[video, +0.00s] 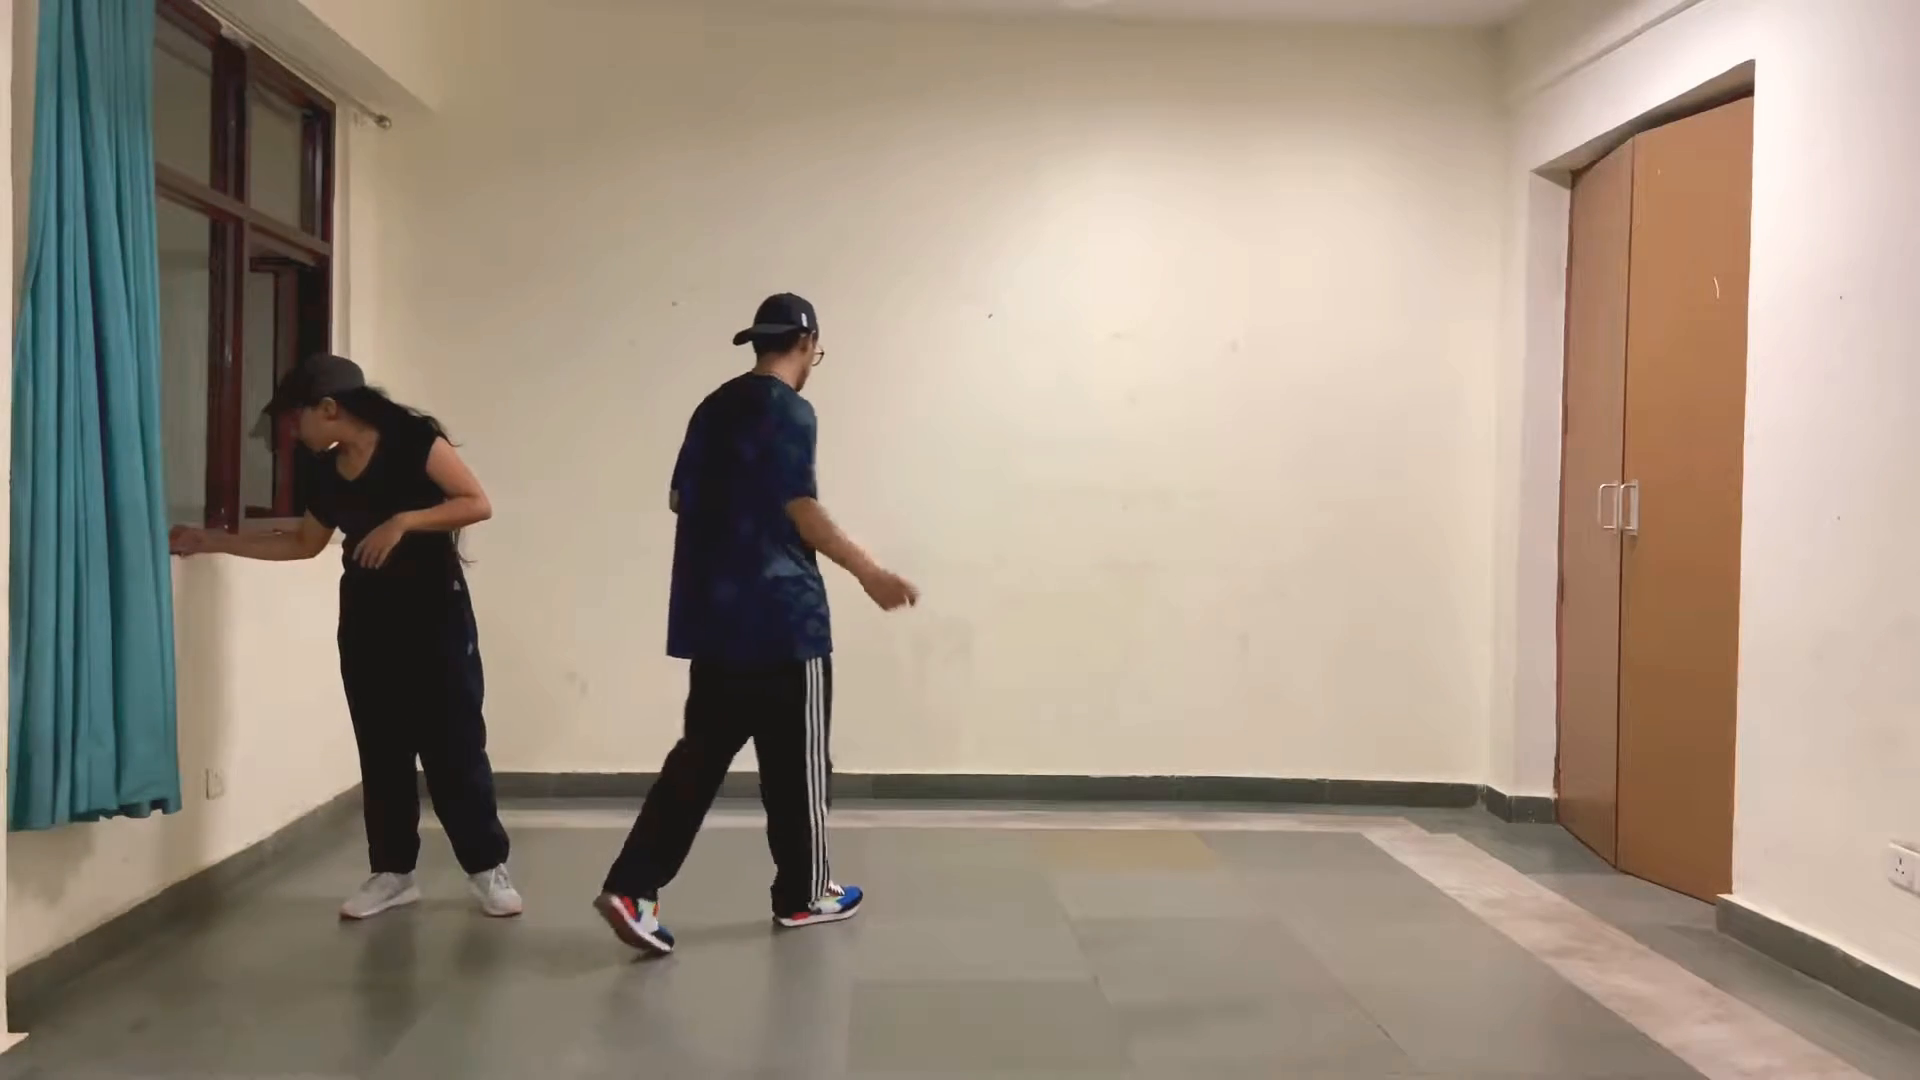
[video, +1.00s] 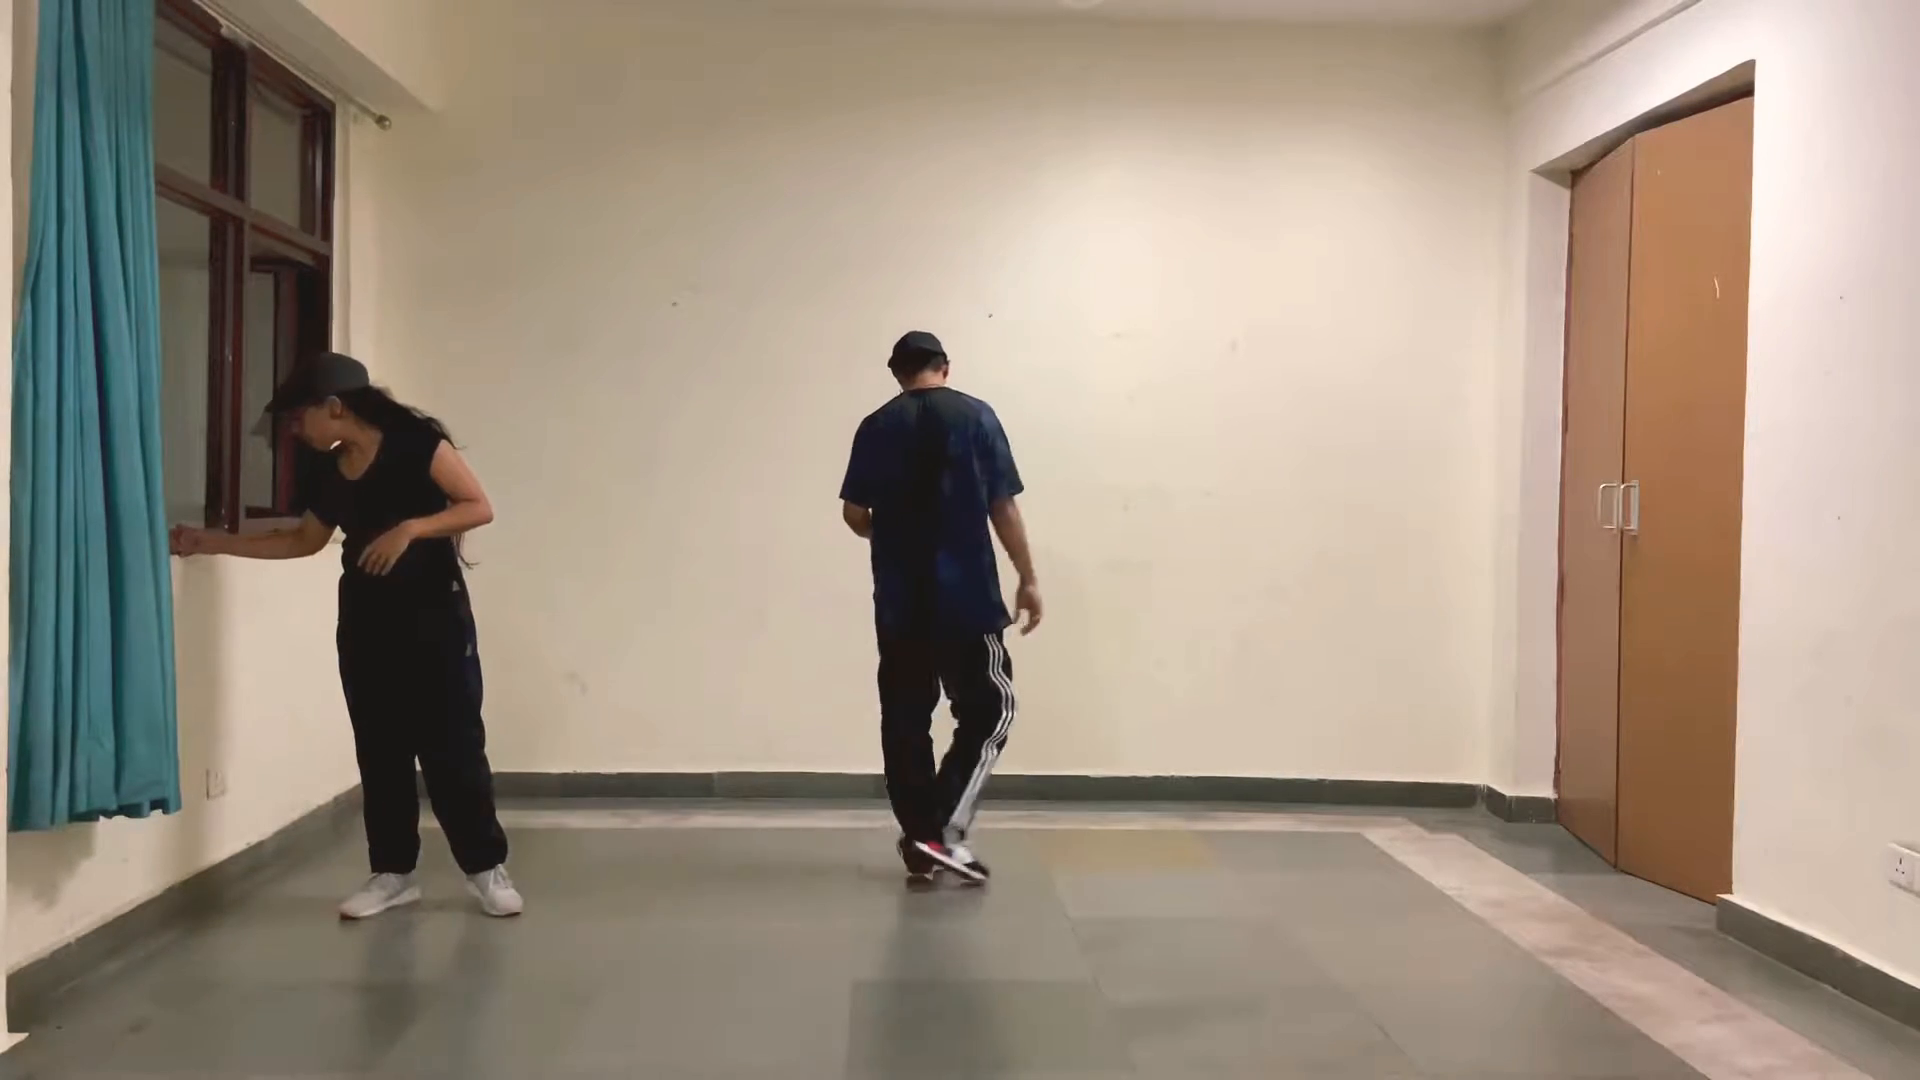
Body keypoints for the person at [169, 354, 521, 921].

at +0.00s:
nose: (294, 431)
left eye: (297, 418)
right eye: (291, 420)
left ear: (330, 409)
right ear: (326, 411)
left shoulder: (413, 437)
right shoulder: (325, 467)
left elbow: (476, 503)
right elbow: (305, 542)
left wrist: (402, 521)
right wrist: (215, 541)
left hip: (435, 617)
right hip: (368, 622)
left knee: (454, 744)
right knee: (382, 749)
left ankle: (489, 868)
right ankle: (394, 873)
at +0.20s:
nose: (293, 431)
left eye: (295, 418)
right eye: (290, 420)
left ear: (327, 409)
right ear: (325, 411)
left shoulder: (412, 438)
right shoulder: (324, 465)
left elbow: (474, 504)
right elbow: (304, 540)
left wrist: (401, 524)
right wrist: (216, 541)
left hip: (433, 616)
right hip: (367, 622)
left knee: (453, 744)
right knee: (380, 750)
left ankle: (488, 868)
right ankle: (394, 873)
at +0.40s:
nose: (293, 430)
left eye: (296, 417)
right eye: (290, 419)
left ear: (328, 410)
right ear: (325, 411)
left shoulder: (412, 439)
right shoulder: (325, 466)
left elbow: (473, 504)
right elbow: (303, 540)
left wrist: (400, 526)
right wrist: (217, 541)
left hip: (433, 616)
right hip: (367, 622)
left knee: (453, 743)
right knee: (380, 749)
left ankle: (488, 868)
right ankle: (395, 873)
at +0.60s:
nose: (293, 433)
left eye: (295, 421)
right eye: (290, 423)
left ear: (327, 409)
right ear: (325, 412)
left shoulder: (412, 439)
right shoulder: (328, 467)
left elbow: (474, 505)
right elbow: (303, 541)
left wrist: (401, 526)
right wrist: (215, 542)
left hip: (434, 621)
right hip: (367, 627)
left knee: (453, 745)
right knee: (380, 752)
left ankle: (488, 867)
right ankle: (394, 874)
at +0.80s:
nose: (294, 434)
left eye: (296, 422)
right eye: (291, 424)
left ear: (329, 409)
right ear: (326, 412)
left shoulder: (413, 437)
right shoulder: (329, 466)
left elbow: (475, 505)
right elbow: (304, 540)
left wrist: (405, 527)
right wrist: (211, 542)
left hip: (434, 619)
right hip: (367, 624)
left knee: (453, 745)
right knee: (380, 751)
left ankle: (486, 868)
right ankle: (394, 874)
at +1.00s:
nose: (296, 431)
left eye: (300, 418)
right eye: (294, 420)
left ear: (334, 407)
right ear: (330, 410)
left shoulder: (416, 438)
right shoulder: (329, 466)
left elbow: (478, 507)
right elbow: (305, 539)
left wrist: (410, 528)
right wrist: (215, 541)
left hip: (434, 618)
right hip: (367, 623)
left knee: (454, 744)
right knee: (380, 750)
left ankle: (486, 868)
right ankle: (394, 873)